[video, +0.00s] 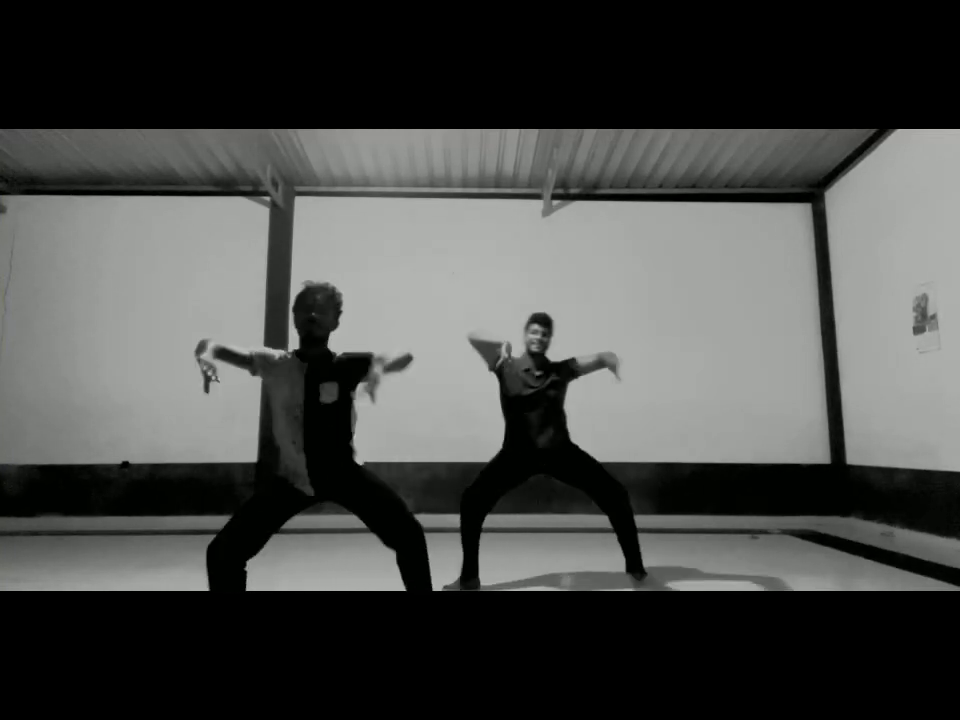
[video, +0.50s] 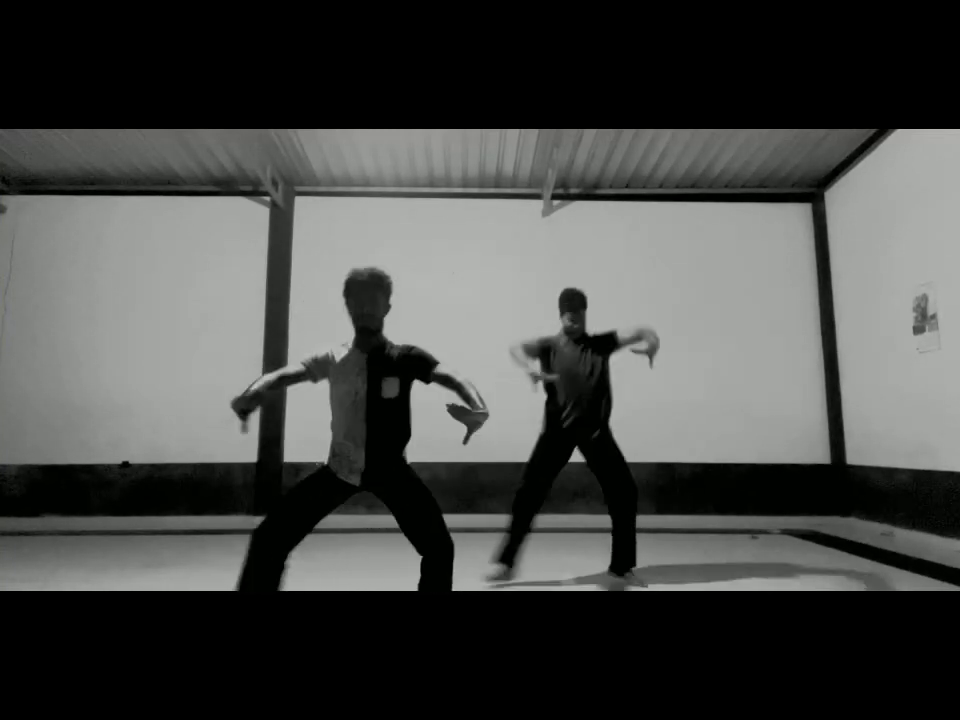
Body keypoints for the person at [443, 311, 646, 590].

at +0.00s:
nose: (538, 338)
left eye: (544, 334)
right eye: (533, 332)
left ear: (550, 339)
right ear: (524, 336)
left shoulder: (561, 370)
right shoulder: (505, 367)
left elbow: (601, 358)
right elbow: (473, 339)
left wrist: (611, 363)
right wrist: (499, 346)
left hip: (560, 454)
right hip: (517, 455)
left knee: (615, 495)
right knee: (472, 501)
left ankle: (636, 571)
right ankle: (469, 577)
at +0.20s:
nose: (537, 343)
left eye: (542, 338)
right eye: (532, 338)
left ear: (549, 342)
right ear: (524, 342)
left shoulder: (564, 376)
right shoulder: (512, 377)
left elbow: (606, 376)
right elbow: (486, 382)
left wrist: (635, 385)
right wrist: (517, 372)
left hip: (559, 457)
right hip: (517, 458)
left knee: (611, 499)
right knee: (473, 503)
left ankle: (618, 574)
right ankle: (469, 579)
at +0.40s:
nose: (564, 333)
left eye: (568, 328)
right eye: (559, 329)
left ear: (576, 329)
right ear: (551, 331)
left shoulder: (594, 364)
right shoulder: (540, 364)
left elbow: (631, 360)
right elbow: (511, 379)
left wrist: (653, 368)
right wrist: (518, 385)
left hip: (583, 449)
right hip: (543, 449)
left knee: (628, 501)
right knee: (504, 505)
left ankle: (618, 571)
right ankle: (472, 575)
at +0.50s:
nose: (572, 320)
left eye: (577, 315)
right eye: (567, 315)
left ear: (585, 314)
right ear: (559, 316)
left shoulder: (600, 345)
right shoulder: (550, 346)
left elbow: (642, 335)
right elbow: (516, 349)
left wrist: (651, 344)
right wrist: (530, 369)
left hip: (595, 433)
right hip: (557, 433)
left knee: (624, 493)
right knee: (530, 492)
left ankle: (621, 568)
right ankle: (505, 563)